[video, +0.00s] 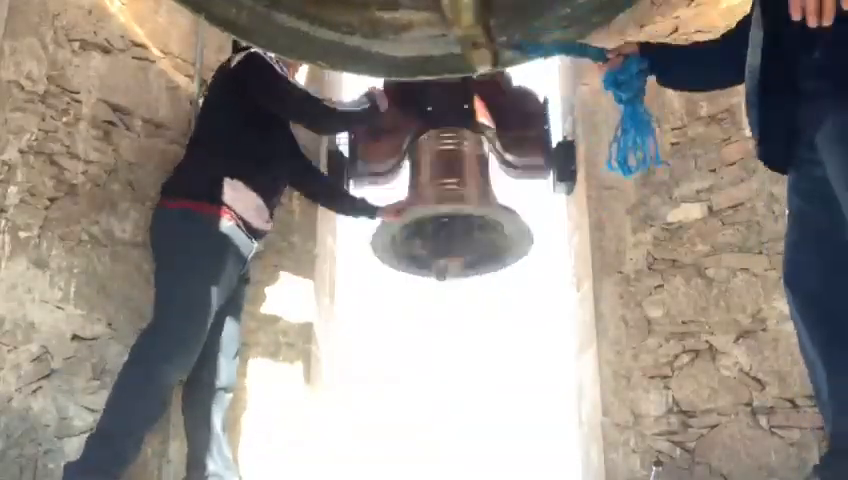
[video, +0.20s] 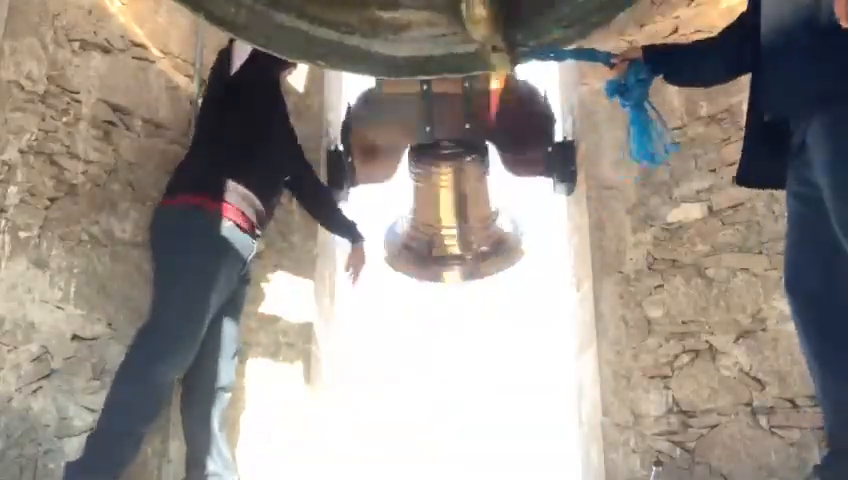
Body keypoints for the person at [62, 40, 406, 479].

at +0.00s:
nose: (299, 67)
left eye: (301, 63)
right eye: (296, 57)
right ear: (278, 51)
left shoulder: (269, 121)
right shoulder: (251, 67)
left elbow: (311, 180)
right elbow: (319, 117)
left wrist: (375, 212)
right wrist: (375, 109)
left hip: (235, 244)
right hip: (203, 222)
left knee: (216, 378)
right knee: (170, 351)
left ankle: (213, 473)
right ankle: (93, 471)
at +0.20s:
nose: (296, 57)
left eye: (300, 50)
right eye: (291, 48)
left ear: (285, 60)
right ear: (272, 47)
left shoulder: (275, 110)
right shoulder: (244, 73)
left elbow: (303, 178)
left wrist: (353, 234)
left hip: (237, 241)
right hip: (204, 224)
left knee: (215, 383)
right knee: (163, 360)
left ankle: (213, 472)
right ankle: (93, 471)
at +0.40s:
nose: (298, 73)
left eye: (303, 66)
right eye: (296, 60)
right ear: (274, 49)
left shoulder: (268, 105)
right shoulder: (244, 71)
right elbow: (297, 126)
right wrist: (365, 116)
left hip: (239, 242)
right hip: (207, 223)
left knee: (218, 383)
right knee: (171, 352)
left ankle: (216, 473)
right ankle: (101, 469)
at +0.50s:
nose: (297, 71)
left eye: (302, 62)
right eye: (294, 58)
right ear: (272, 48)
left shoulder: (264, 98)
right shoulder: (246, 76)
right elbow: (300, 138)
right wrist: (360, 192)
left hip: (233, 244)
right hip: (203, 227)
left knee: (216, 384)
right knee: (161, 357)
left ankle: (213, 472)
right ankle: (98, 469)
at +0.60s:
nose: (291, 64)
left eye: (294, 58)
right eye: (288, 54)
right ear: (268, 47)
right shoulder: (250, 72)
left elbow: (260, 181)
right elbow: (311, 130)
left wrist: (299, 196)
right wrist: (373, 190)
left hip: (239, 242)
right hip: (206, 224)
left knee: (216, 383)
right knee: (162, 354)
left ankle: (215, 473)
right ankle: (96, 470)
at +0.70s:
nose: (288, 65)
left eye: (290, 59)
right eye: (285, 55)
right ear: (266, 48)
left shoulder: (257, 103)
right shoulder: (248, 69)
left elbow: (259, 188)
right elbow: (303, 129)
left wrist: (309, 161)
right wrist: (359, 187)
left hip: (238, 241)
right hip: (208, 225)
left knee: (217, 382)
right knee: (168, 355)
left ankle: (215, 473)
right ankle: (97, 470)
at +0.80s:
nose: (288, 57)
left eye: (293, 49)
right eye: (285, 45)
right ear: (265, 38)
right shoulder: (245, 66)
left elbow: (274, 181)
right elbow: (295, 140)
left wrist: (313, 124)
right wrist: (357, 199)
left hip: (241, 241)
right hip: (208, 225)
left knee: (217, 380)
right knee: (174, 352)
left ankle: (215, 472)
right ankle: (96, 470)